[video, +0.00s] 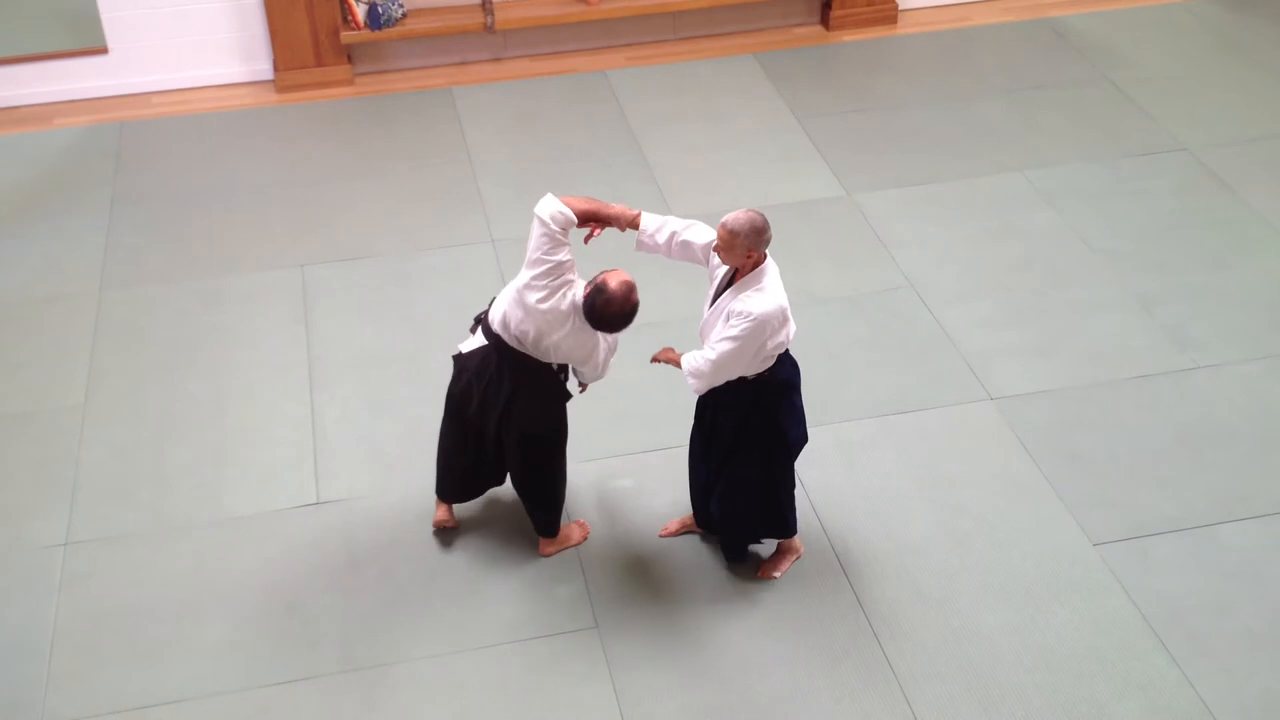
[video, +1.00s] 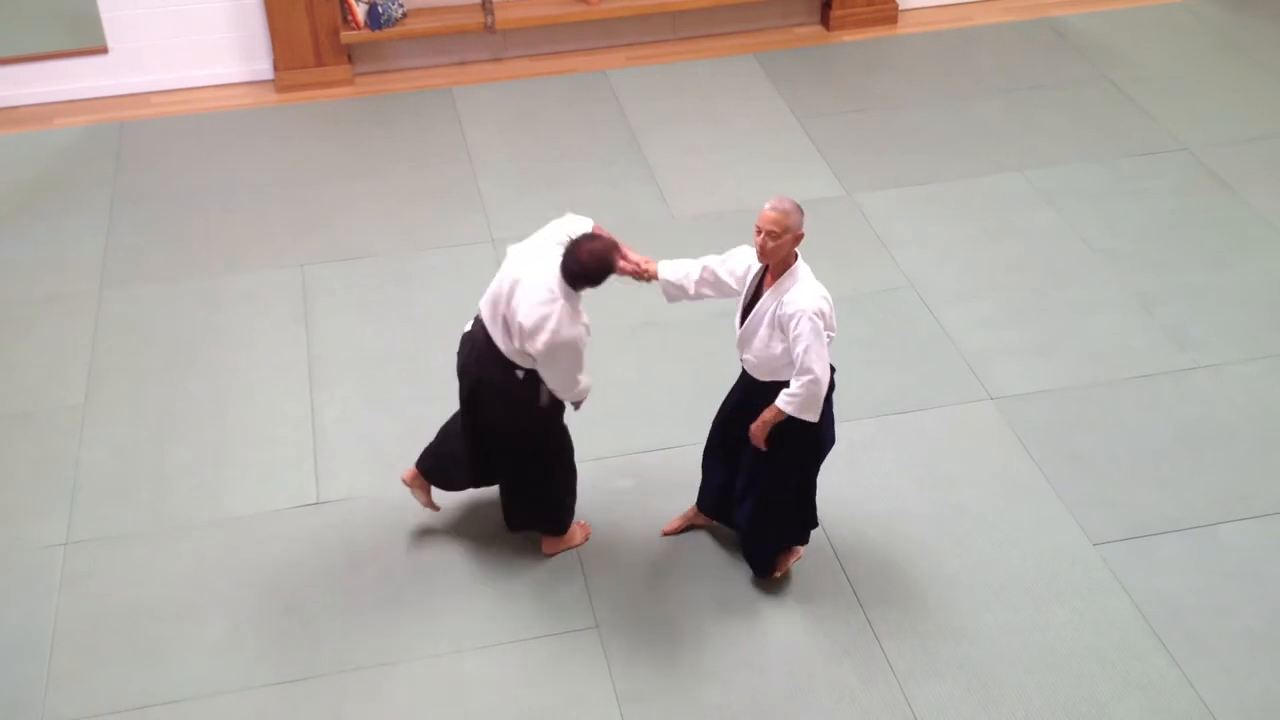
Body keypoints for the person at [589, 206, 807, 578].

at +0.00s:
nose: (715, 248)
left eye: (723, 246)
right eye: (717, 241)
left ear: (751, 257)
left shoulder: (760, 309)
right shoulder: (729, 255)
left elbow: (713, 365)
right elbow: (679, 233)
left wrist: (677, 358)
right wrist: (624, 218)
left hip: (762, 392)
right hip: (727, 380)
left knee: (768, 469)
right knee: (710, 452)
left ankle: (788, 542)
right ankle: (706, 515)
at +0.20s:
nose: (710, 247)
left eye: (719, 245)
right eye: (713, 240)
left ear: (748, 255)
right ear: (742, 250)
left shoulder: (757, 306)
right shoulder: (728, 251)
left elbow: (711, 363)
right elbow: (676, 232)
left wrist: (673, 357)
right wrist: (622, 217)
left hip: (760, 388)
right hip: (723, 378)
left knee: (768, 467)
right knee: (708, 451)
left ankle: (788, 543)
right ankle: (706, 515)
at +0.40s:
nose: (712, 245)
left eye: (722, 242)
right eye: (715, 237)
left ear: (752, 249)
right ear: (715, 229)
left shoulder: (759, 304)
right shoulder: (722, 251)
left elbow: (717, 365)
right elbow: (676, 233)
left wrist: (678, 366)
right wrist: (621, 216)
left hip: (761, 387)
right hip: (723, 375)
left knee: (771, 467)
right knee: (706, 449)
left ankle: (789, 543)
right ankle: (705, 515)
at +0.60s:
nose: (729, 240)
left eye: (739, 234)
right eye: (728, 230)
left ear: (766, 238)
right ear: (725, 225)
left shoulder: (772, 300)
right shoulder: (723, 252)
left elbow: (749, 369)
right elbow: (675, 239)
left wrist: (701, 384)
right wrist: (618, 220)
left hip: (768, 390)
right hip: (727, 376)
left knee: (773, 469)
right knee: (707, 449)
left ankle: (789, 543)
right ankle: (706, 514)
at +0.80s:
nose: (745, 239)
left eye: (757, 234)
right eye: (743, 229)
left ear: (781, 237)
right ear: (740, 226)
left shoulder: (790, 298)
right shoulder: (731, 258)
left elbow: (787, 374)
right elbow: (681, 254)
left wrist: (732, 407)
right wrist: (625, 238)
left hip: (777, 396)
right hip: (734, 378)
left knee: (773, 472)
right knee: (711, 447)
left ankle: (789, 544)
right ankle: (706, 515)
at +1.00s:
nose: (760, 242)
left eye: (771, 236)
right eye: (758, 232)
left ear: (797, 240)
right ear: (754, 229)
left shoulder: (804, 303)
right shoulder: (752, 263)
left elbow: (812, 378)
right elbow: (704, 272)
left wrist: (769, 417)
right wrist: (652, 269)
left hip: (794, 401)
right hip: (754, 382)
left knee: (779, 478)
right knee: (723, 442)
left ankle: (788, 544)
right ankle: (709, 509)